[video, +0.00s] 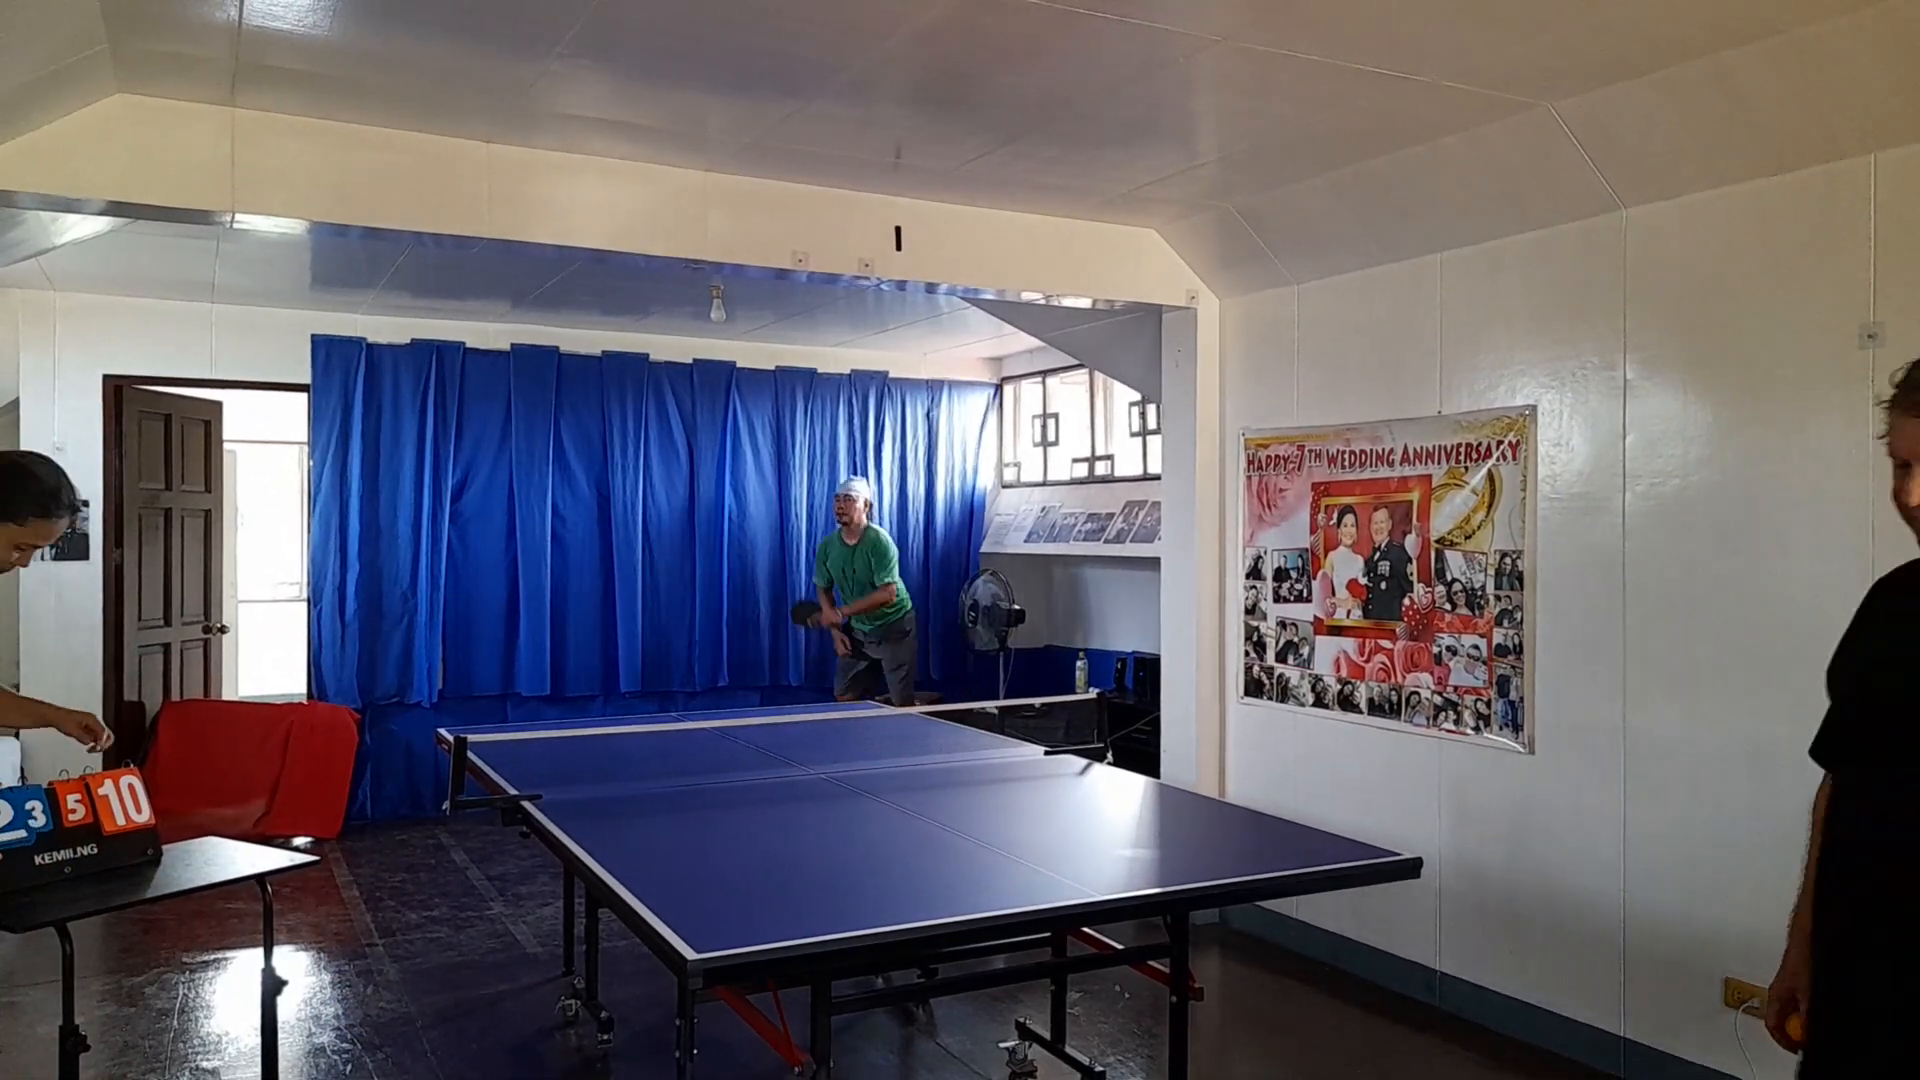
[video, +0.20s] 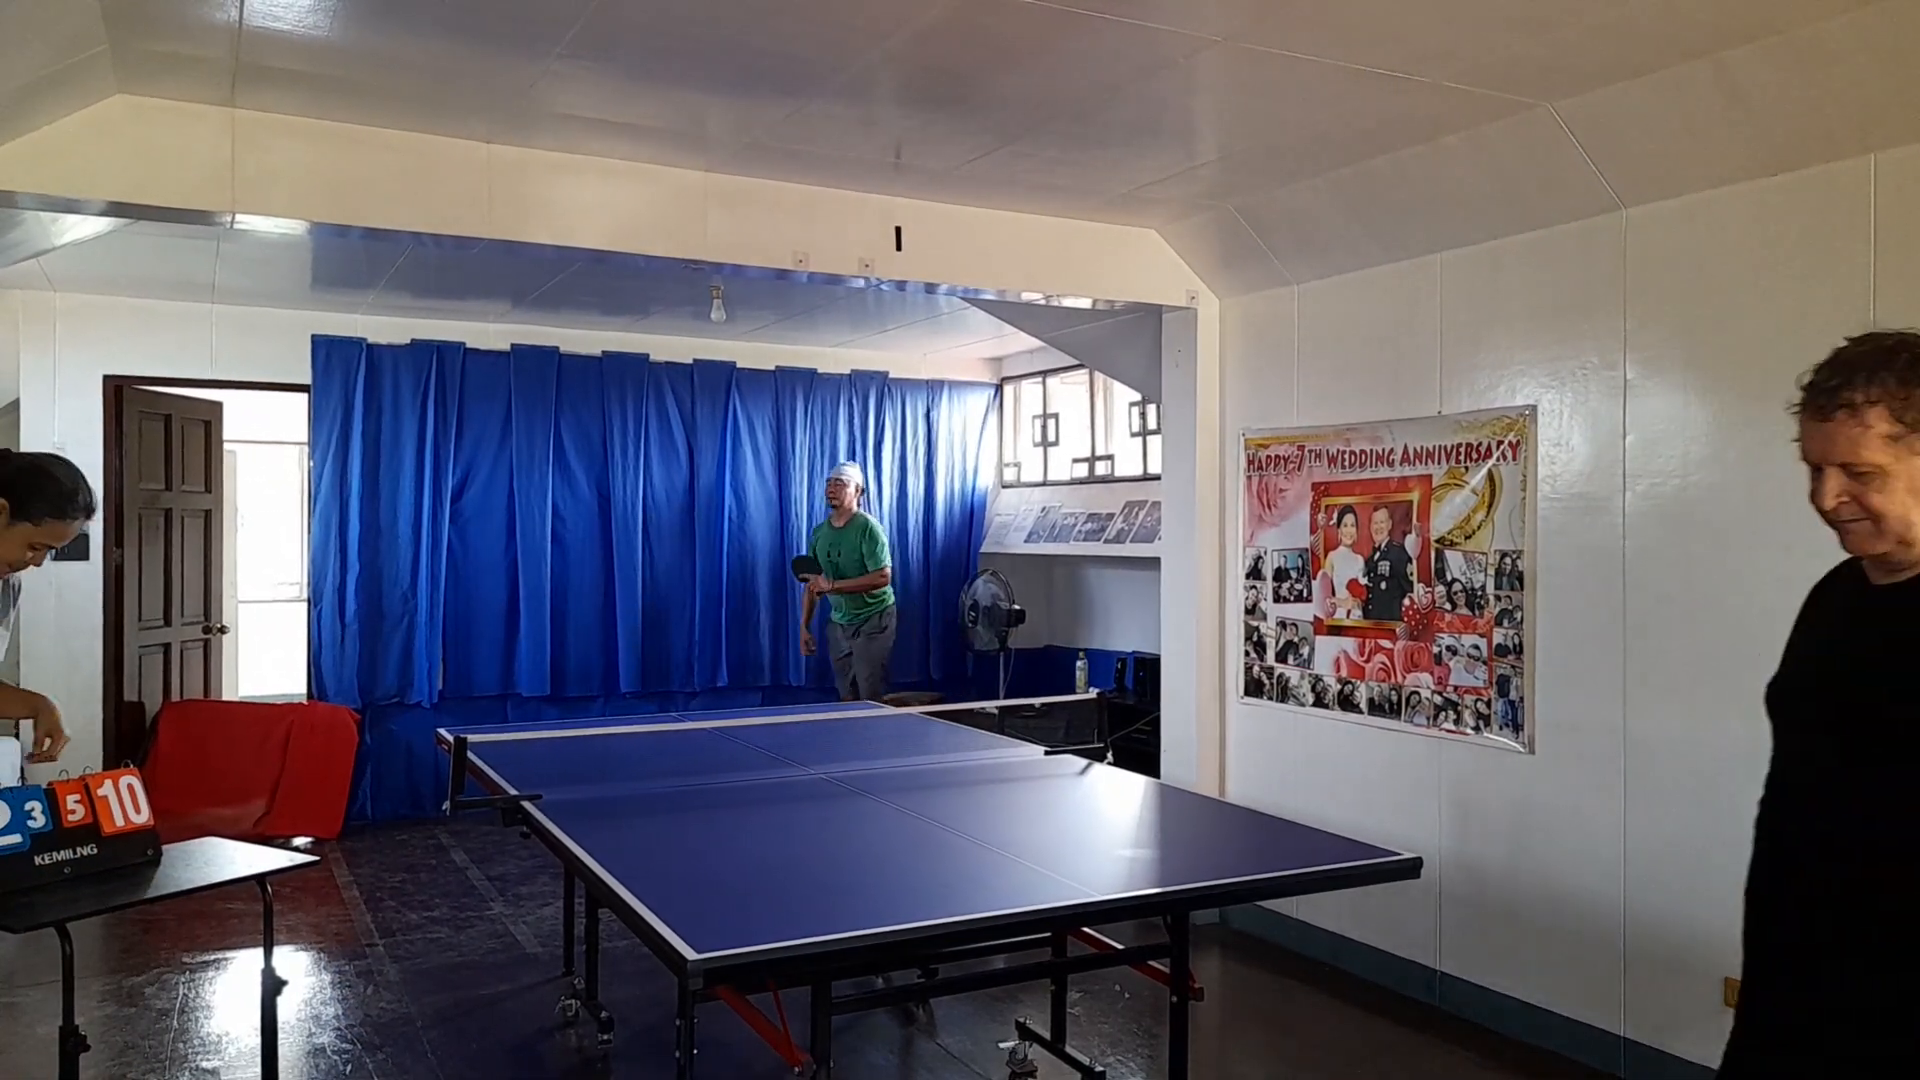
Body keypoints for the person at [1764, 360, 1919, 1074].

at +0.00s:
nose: (1909, 492)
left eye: (1919, 467)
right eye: (1901, 467)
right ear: (1890, 466)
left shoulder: (1894, 600)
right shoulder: (1893, 600)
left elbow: (1837, 788)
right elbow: (1840, 787)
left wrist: (1801, 955)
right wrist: (1801, 948)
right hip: (1869, 986)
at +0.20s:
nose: (1825, 499)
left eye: (1857, 473)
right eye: (1816, 471)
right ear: (1808, 465)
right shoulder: (1836, 603)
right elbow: (1789, 820)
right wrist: (1763, 999)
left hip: (1909, 1008)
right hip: (1808, 1001)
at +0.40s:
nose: (1729, 508)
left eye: (1758, 481)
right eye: (1718, 481)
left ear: (1856, 465)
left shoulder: (1915, 596)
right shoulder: (1752, 605)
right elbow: (1723, 819)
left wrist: (1874, 1047)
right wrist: (1704, 1010)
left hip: (1858, 1049)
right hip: (1723, 1021)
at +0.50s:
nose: (1666, 508)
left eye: (1696, 484)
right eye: (1660, 481)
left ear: (1791, 473)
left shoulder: (1897, 613)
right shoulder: (1693, 610)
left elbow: (1918, 862)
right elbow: (1674, 825)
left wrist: (1827, 1056)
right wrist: (1651, 1011)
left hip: (1806, 1050)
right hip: (1669, 1026)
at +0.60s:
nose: (1599, 501)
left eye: (1623, 477)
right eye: (1597, 475)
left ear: (1719, 473)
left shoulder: (1844, 623)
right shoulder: (1632, 620)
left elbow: (1892, 864)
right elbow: (1604, 831)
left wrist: (1812, 1068)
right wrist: (1586, 1021)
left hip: (1761, 1049)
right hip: (1613, 1031)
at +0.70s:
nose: (1532, 487)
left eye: (1554, 464)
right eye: (1536, 463)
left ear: (1644, 470)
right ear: (1641, 471)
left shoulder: (1784, 620)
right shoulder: (1567, 622)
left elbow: (1842, 860)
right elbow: (1544, 833)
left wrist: (1821, 1067)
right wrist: (1531, 1019)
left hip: (1708, 1043)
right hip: (1551, 1029)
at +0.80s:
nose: (1478, 483)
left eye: (1498, 460)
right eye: (1480, 459)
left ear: (1584, 467)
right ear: (1579, 470)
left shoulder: (1732, 622)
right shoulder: (1515, 619)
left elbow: (1805, 861)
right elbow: (1480, 825)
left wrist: (1824, 1063)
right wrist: (1429, 980)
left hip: (1658, 1048)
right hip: (1497, 1036)